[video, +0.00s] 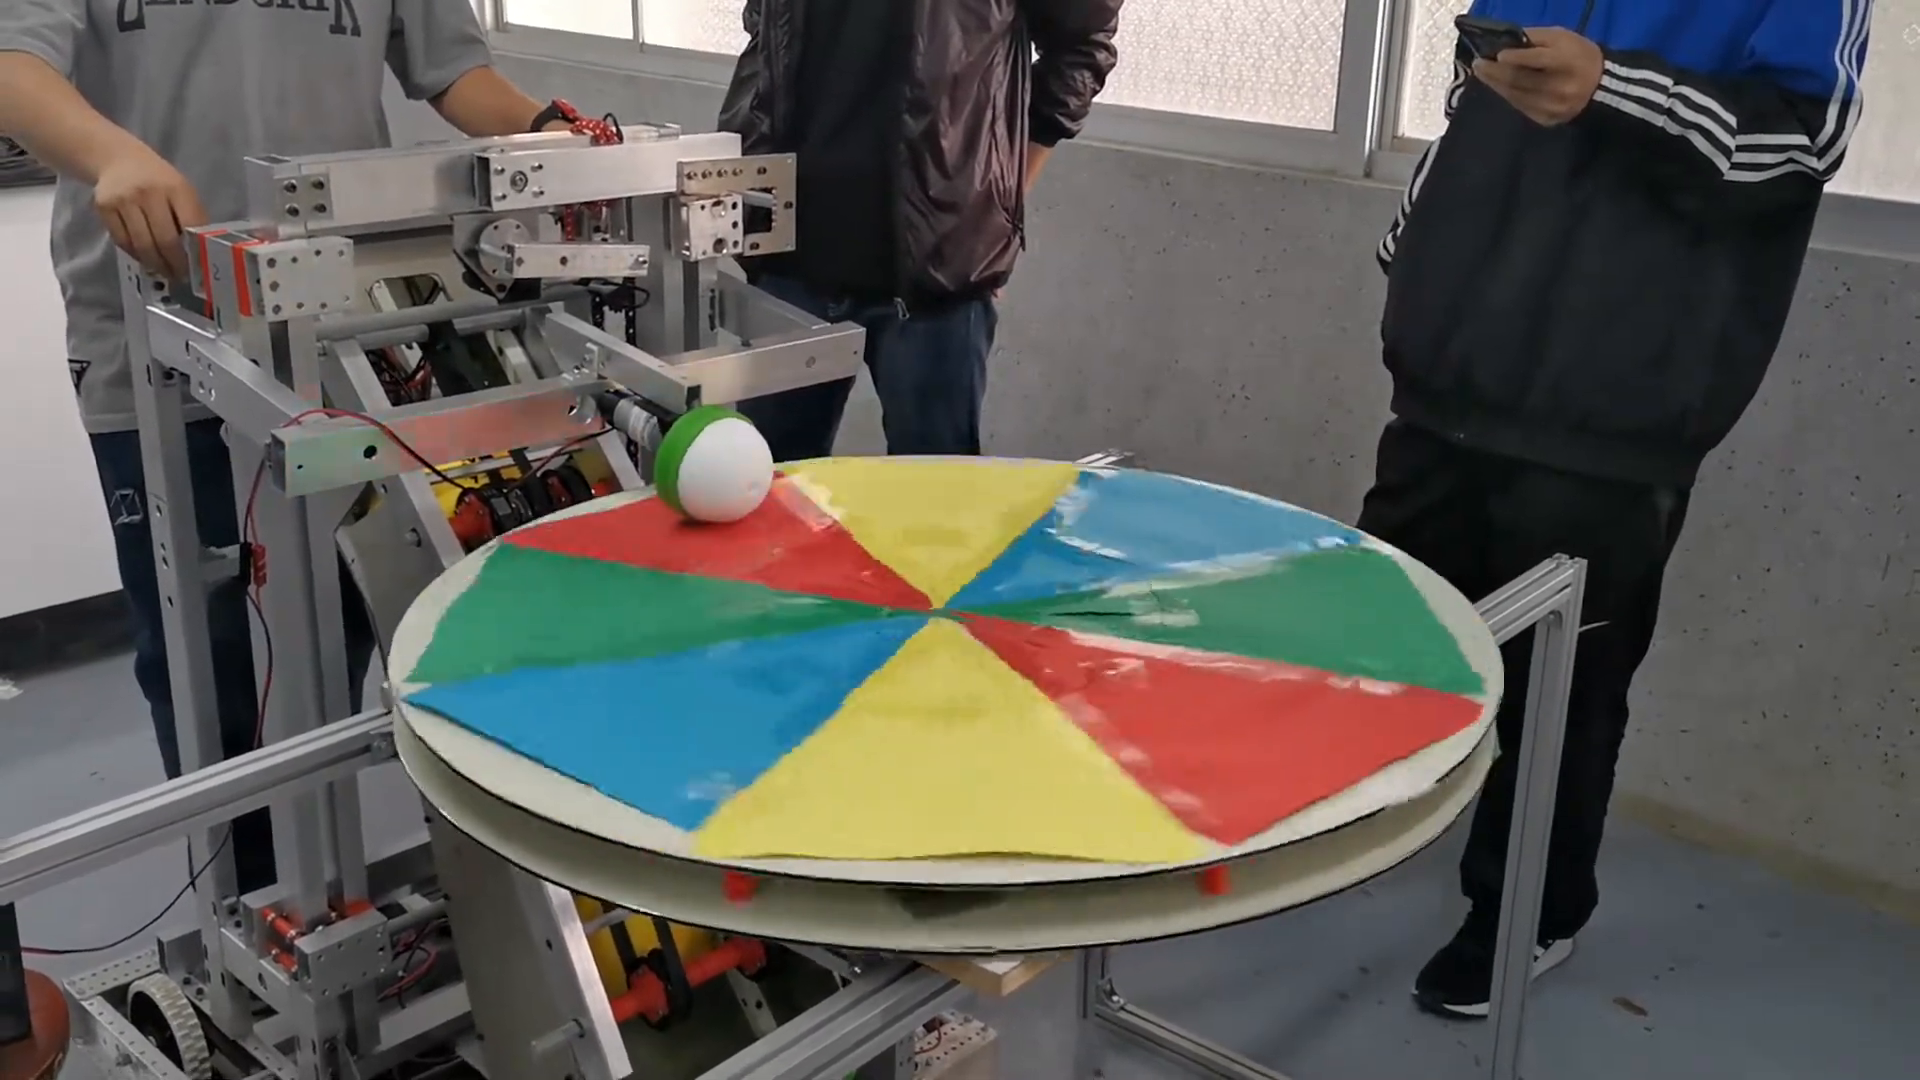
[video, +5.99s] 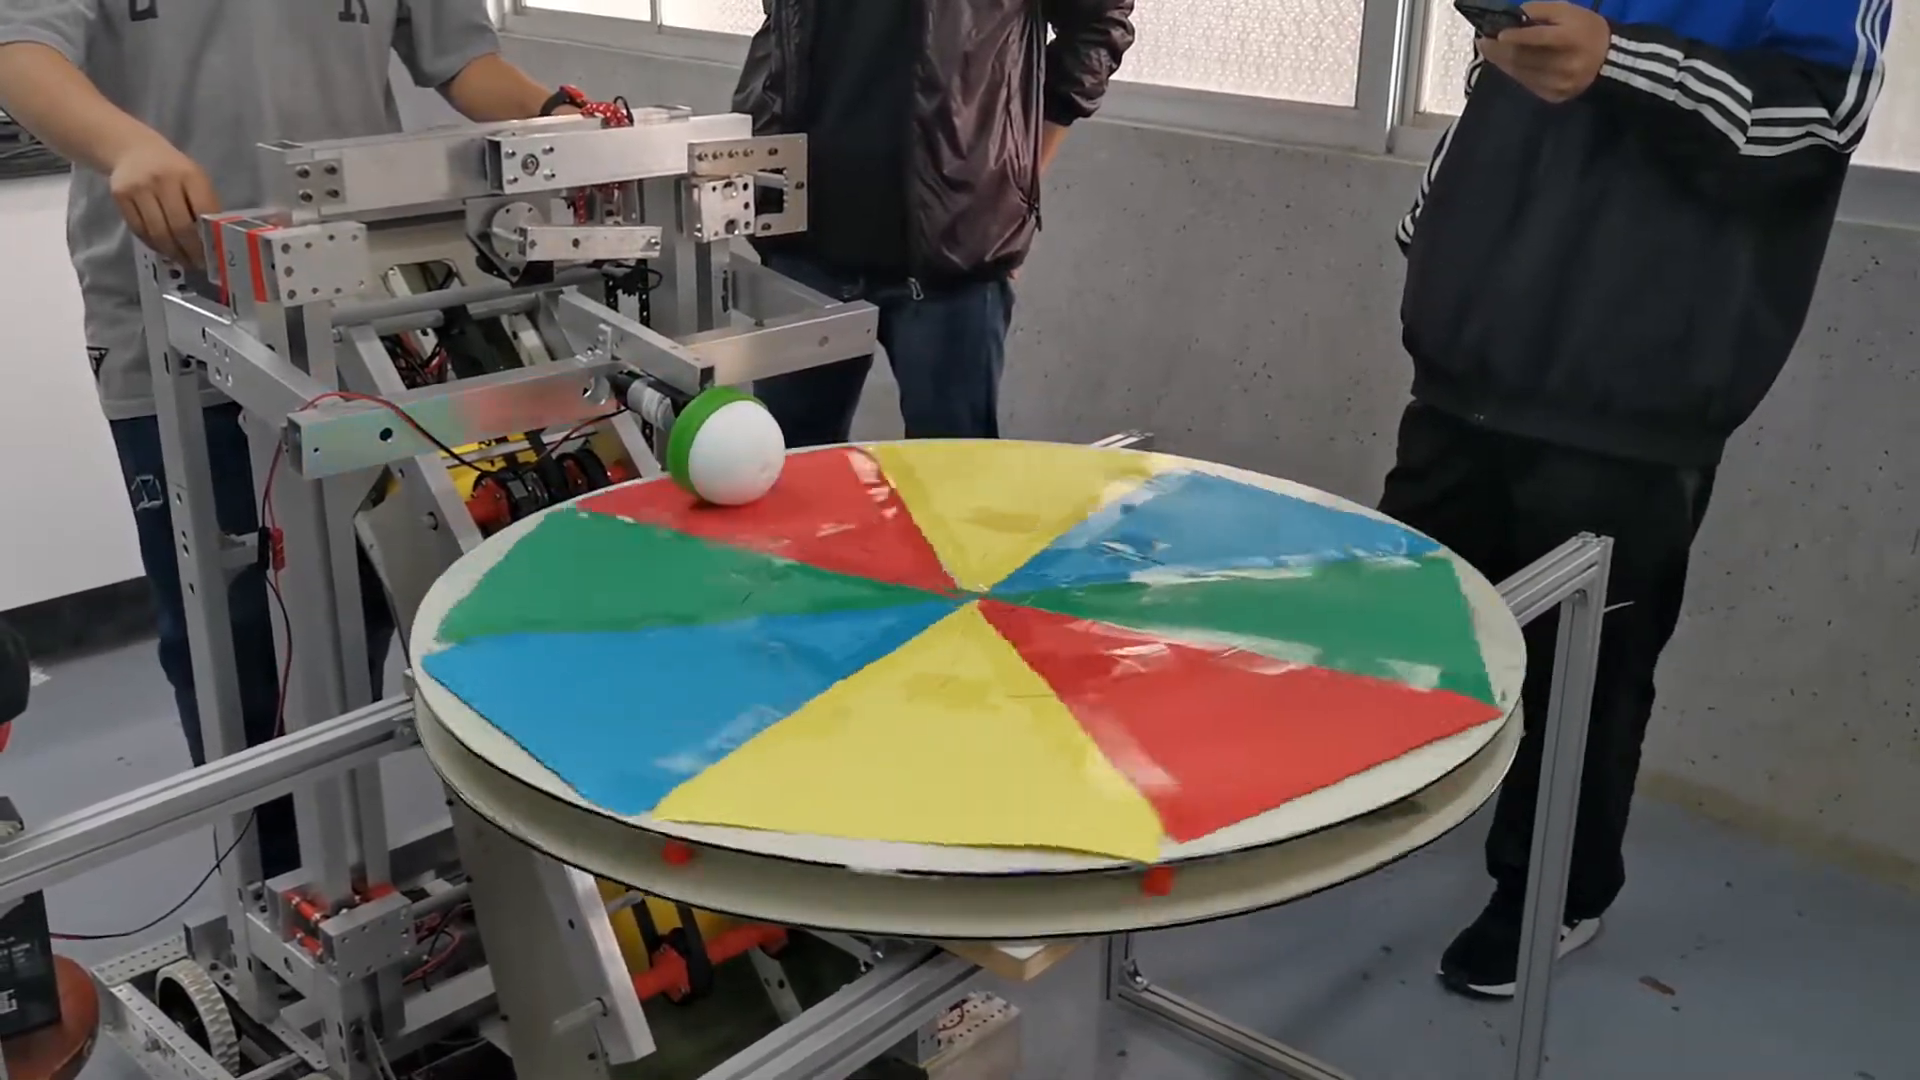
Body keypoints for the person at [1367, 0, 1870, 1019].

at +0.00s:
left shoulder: (1806, 8)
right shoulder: (1528, 6)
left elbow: (1801, 142)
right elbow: (1480, 100)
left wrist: (1605, 87)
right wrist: (1407, 247)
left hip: (1628, 379)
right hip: (1463, 335)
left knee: (1562, 673)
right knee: (1389, 618)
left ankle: (1522, 914)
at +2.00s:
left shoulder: (1824, 6)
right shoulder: (1539, 5)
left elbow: (1814, 142)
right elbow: (1490, 100)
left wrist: (1613, 85)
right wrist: (1420, 245)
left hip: (1639, 375)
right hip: (1474, 329)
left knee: (1573, 667)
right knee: (1400, 613)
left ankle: (1531, 910)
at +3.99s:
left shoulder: (1827, 9)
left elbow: (1816, 126)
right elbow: (1497, 73)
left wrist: (1614, 70)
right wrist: (1423, 243)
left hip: (1647, 358)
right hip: (1482, 311)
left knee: (1582, 655)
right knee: (1413, 607)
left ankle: (1542, 899)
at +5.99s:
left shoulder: (1826, 8)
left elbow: (1813, 124)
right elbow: (1506, 75)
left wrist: (1613, 57)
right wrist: (1424, 242)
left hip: (1649, 356)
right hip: (1484, 309)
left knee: (1587, 652)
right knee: (1413, 598)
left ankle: (1552, 890)